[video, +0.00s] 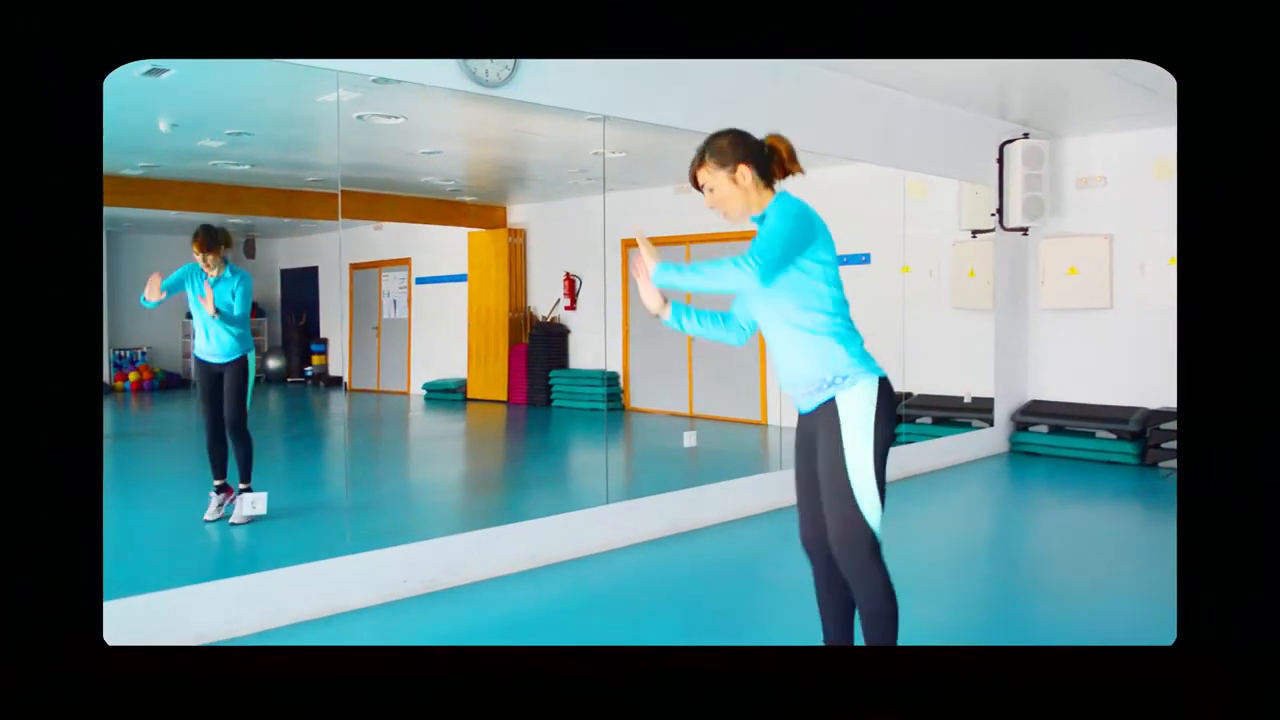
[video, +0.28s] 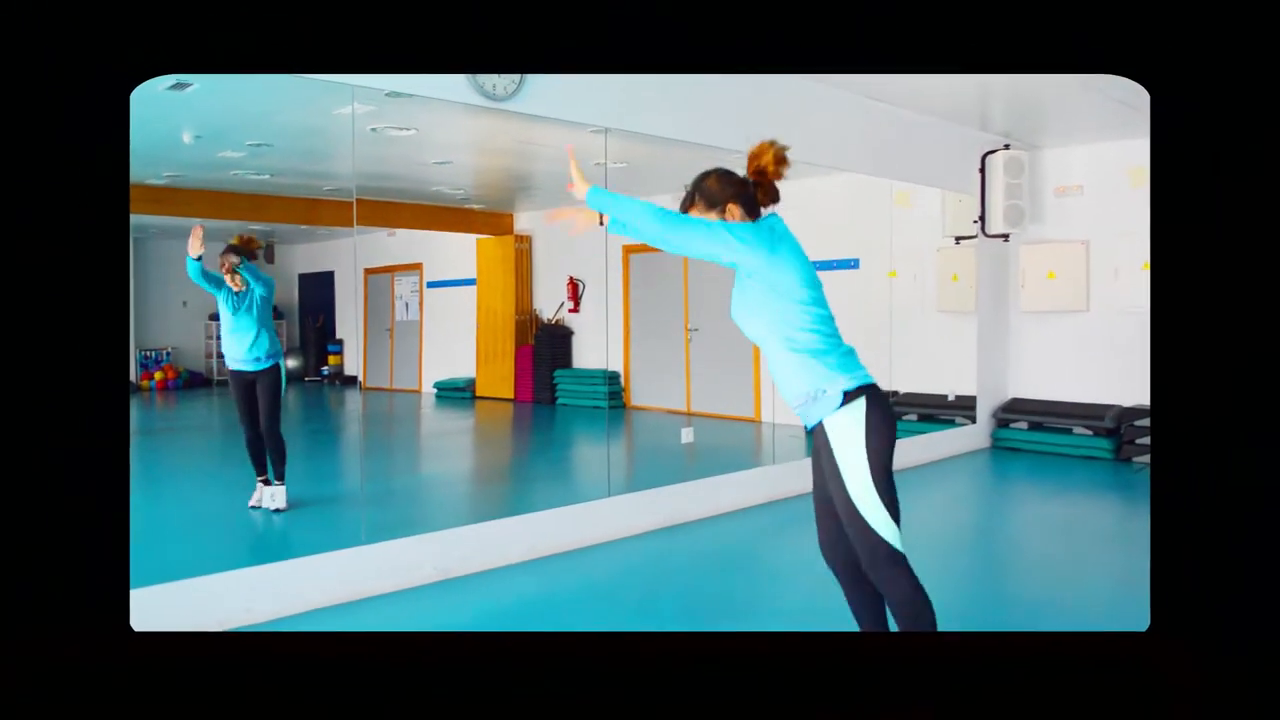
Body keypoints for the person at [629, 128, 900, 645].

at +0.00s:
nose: (709, 203)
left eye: (709, 187)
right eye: (703, 192)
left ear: (743, 173)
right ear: (742, 178)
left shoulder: (792, 213)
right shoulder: (765, 246)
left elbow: (752, 271)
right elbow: (739, 329)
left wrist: (660, 271)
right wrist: (666, 309)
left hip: (853, 397)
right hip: (815, 408)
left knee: (853, 545)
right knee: (819, 543)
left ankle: (882, 645)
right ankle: (839, 645)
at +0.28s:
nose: (704, 237)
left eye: (704, 225)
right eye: (699, 227)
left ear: (732, 213)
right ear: (738, 213)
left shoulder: (764, 241)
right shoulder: (757, 247)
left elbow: (668, 227)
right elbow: (676, 229)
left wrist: (590, 192)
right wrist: (606, 216)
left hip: (851, 415)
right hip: (826, 421)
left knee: (880, 556)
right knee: (841, 553)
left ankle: (922, 631)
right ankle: (878, 633)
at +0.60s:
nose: (642, 253)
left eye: (647, 241)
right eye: (640, 244)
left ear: (679, 236)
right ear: (679, 238)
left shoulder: (698, 286)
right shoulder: (719, 274)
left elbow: (732, 375)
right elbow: (756, 358)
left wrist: (739, 467)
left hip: (774, 424)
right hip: (798, 416)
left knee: (684, 536)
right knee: (832, 543)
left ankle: (671, 614)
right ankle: (864, 615)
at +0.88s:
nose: (560, 238)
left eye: (566, 228)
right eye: (559, 228)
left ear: (597, 233)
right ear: (592, 234)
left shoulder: (616, 281)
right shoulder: (597, 280)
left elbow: (684, 330)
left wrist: (742, 400)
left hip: (649, 424)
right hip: (634, 424)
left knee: (588, 537)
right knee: (638, 539)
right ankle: (736, 592)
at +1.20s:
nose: (476, 224)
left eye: (488, 216)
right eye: (472, 215)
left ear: (514, 227)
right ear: (467, 222)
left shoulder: (535, 284)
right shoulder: (453, 279)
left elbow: (575, 349)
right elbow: (426, 332)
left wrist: (548, 398)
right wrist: (381, 364)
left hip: (520, 429)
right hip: (465, 429)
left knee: (518, 542)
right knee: (433, 534)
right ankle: (407, 598)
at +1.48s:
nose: (389, 219)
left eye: (389, 210)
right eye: (379, 210)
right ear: (347, 215)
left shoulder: (386, 267)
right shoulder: (308, 260)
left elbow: (371, 313)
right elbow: (235, 286)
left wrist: (382, 344)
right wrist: (274, 336)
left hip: (367, 409)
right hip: (310, 409)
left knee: (371, 520)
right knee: (301, 518)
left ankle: (351, 591)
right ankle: (280, 595)